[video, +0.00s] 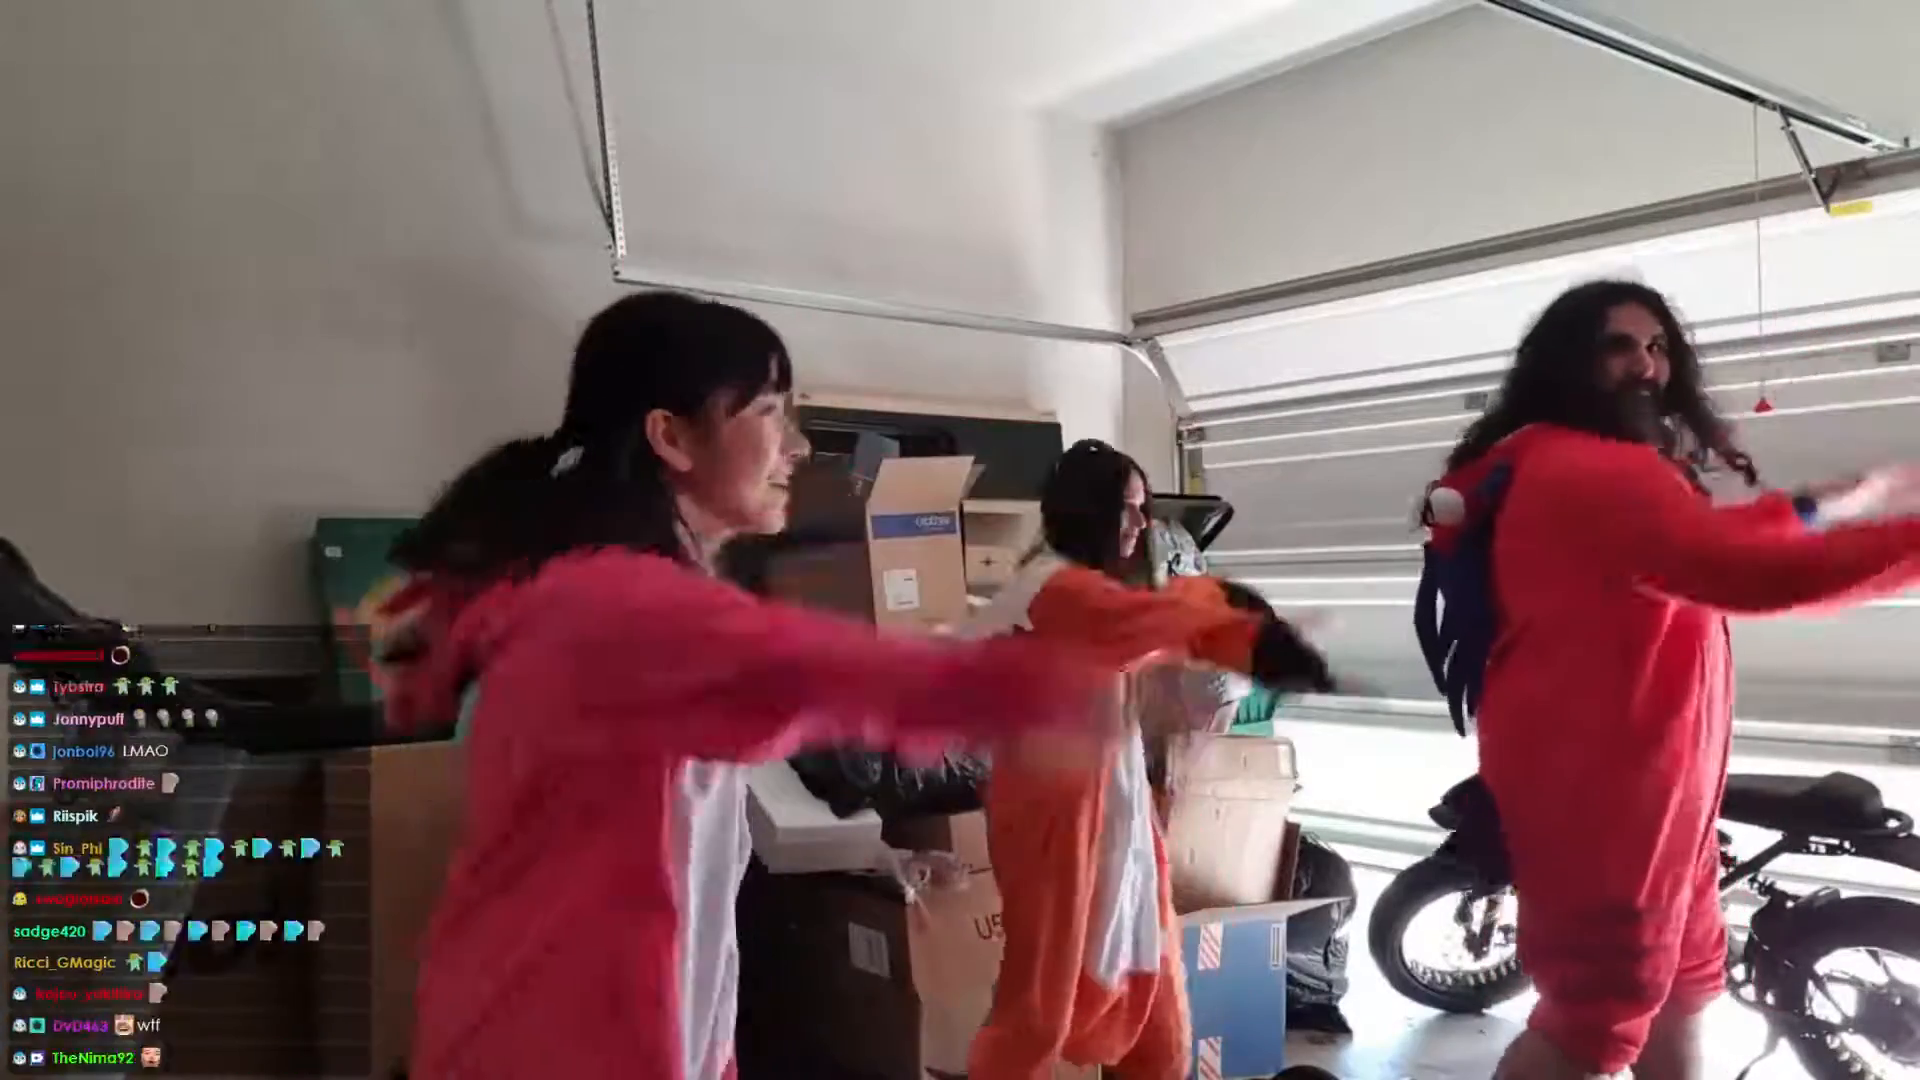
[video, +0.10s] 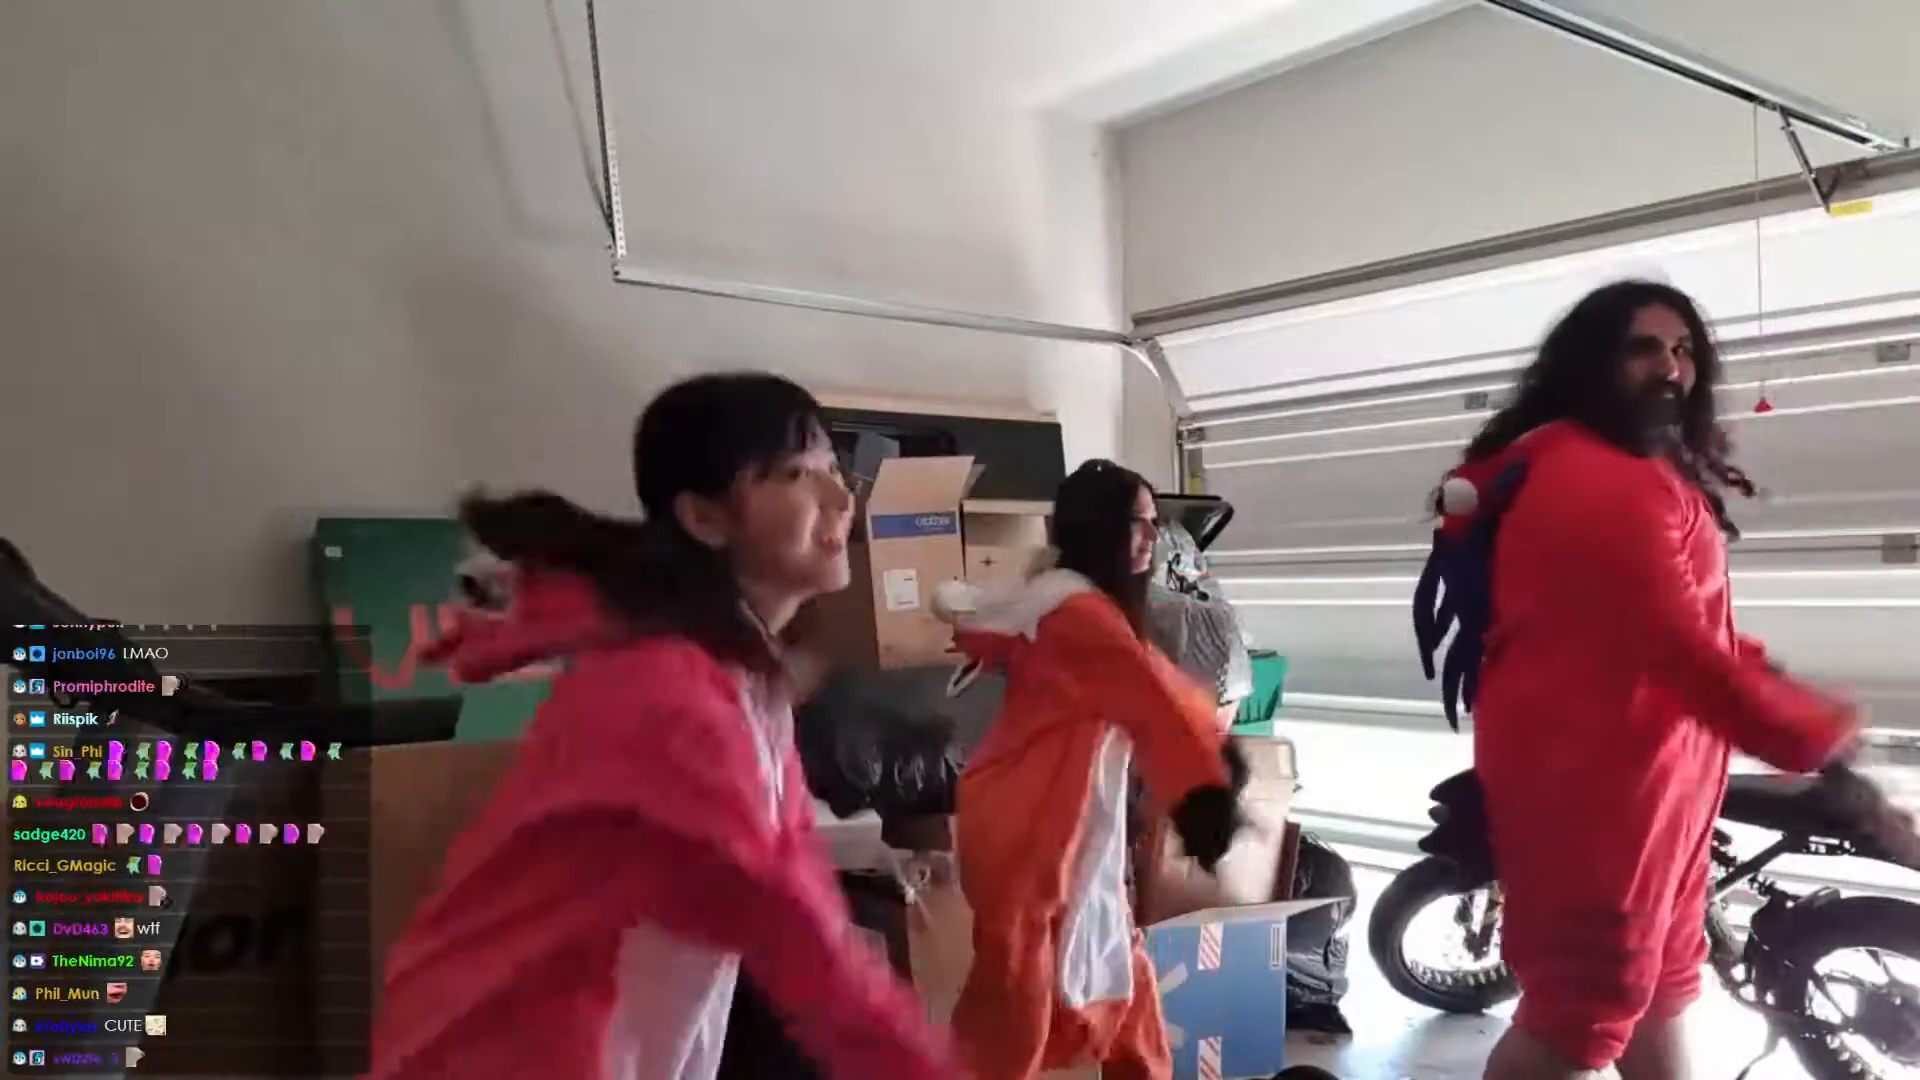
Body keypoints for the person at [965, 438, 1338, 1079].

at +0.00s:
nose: (1140, 525)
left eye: (1143, 510)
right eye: (1129, 509)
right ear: (1088, 509)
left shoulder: (1097, 589)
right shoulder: (1052, 583)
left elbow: (1168, 629)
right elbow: (1135, 619)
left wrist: (1255, 639)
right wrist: (1216, 596)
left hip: (1119, 801)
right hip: (1054, 800)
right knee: (1041, 1001)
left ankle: (1157, 1067)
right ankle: (998, 1069)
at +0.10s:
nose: (1149, 540)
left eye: (1152, 526)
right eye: (1138, 526)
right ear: (1098, 530)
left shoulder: (1092, 606)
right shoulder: (1073, 610)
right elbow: (1154, 691)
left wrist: (1210, 745)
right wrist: (1200, 784)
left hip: (1082, 835)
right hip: (1025, 834)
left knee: (1123, 984)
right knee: (1015, 999)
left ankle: (1140, 1067)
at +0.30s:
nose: (1154, 541)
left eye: (1152, 527)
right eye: (1146, 528)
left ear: (1076, 533)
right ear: (1116, 536)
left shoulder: (1054, 602)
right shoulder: (1089, 620)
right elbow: (1113, 743)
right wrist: (1147, 853)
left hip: (1015, 816)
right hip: (1041, 829)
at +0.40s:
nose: (1138, 521)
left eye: (1138, 505)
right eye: (1130, 505)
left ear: (1063, 510)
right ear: (1096, 511)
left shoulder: (1058, 582)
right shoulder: (1073, 592)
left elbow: (1160, 669)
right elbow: (1166, 663)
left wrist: (1263, 708)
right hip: (1065, 823)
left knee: (1149, 979)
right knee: (1033, 981)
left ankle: (1144, 1074)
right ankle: (999, 1069)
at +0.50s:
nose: (1131, 523)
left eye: (1131, 509)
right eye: (1127, 509)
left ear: (1051, 516)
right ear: (1108, 520)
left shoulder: (1066, 595)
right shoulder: (1079, 597)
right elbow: (1173, 592)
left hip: (1134, 811)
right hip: (1091, 815)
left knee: (1170, 973)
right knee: (1062, 968)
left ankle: (1155, 1068)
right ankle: (1007, 1066)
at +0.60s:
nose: (1139, 544)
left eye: (1140, 530)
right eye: (1126, 530)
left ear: (1068, 535)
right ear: (1090, 535)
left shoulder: (1089, 616)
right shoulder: (1083, 617)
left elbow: (1009, 699)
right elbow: (1175, 564)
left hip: (1157, 815)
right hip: (1109, 821)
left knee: (1208, 974)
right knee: (1093, 978)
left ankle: (1171, 1072)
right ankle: (1024, 1064)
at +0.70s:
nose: (1147, 540)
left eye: (1143, 527)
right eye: (1136, 528)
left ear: (1068, 542)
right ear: (1109, 542)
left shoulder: (1062, 621)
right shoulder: (1082, 631)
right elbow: (1166, 565)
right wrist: (1196, 452)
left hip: (1158, 823)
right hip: (1114, 837)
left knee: (1223, 979)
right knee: (1106, 1015)